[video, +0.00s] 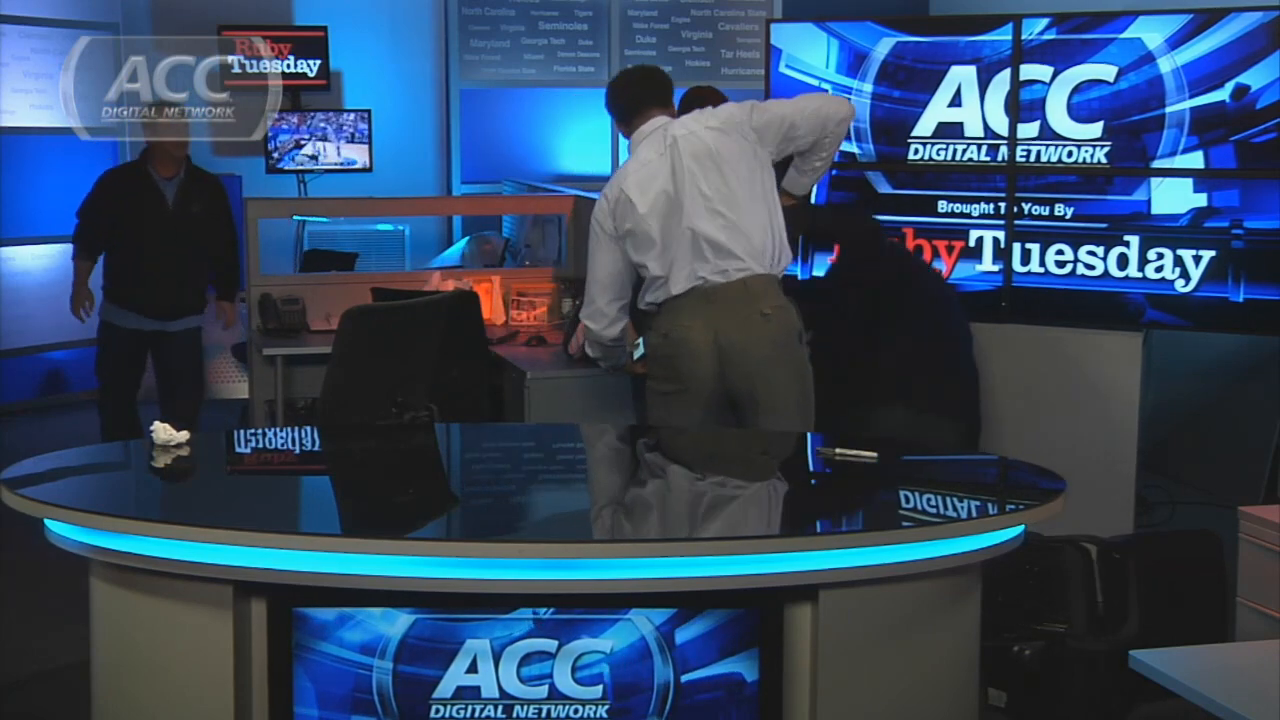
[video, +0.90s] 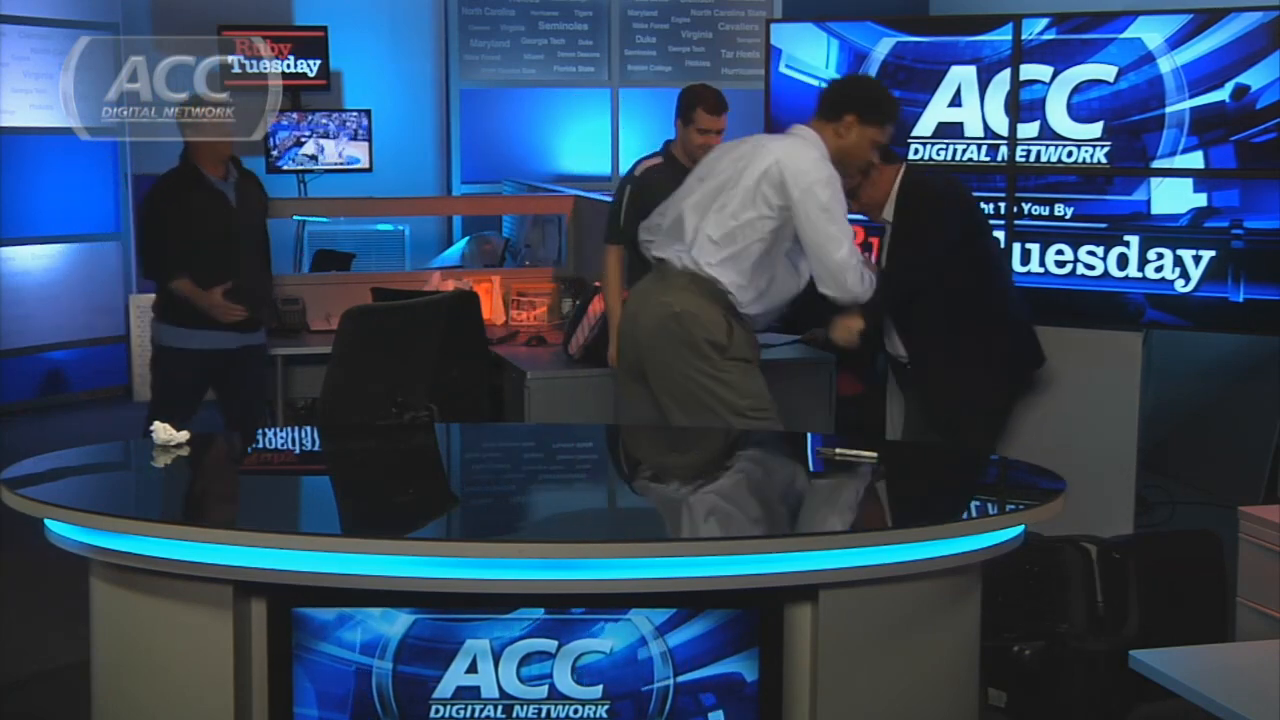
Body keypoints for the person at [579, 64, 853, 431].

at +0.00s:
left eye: (614, 125)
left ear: (619, 127)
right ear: (673, 105)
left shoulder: (617, 194)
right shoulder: (733, 122)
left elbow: (603, 324)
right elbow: (836, 111)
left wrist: (621, 360)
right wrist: (792, 189)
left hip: (679, 326)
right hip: (762, 310)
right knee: (765, 473)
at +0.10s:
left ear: (625, 114)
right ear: (680, 97)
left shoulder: (616, 191)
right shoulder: (732, 120)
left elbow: (599, 319)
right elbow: (837, 109)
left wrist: (616, 353)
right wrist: (796, 181)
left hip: (671, 325)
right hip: (753, 309)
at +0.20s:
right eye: (696, 95)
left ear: (635, 108)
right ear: (690, 95)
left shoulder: (616, 184)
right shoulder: (731, 118)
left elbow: (593, 307)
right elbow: (837, 112)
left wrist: (621, 347)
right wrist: (797, 173)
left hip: (665, 319)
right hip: (744, 306)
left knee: (677, 477)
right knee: (745, 476)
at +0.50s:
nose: (753, 104)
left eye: (753, 95)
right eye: (750, 93)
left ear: (687, 91)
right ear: (728, 85)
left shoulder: (633, 157)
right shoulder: (727, 122)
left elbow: (585, 269)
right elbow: (826, 180)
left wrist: (635, 307)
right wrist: (781, 210)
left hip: (629, 312)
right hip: (698, 307)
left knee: (642, 459)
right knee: (714, 462)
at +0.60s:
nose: (782, 119)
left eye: (784, 109)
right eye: (779, 106)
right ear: (752, 91)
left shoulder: (653, 149)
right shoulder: (741, 128)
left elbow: (594, 255)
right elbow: (820, 215)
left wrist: (638, 299)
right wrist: (783, 240)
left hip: (623, 306)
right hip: (686, 308)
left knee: (630, 452)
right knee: (730, 457)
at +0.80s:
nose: (841, 142)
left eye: (846, 131)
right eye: (841, 128)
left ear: (808, 106)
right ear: (815, 109)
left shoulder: (713, 141)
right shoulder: (778, 145)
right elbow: (835, 260)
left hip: (634, 303)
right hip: (686, 313)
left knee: (647, 469)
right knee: (748, 457)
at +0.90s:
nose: (874, 160)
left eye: (880, 150)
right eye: (875, 145)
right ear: (847, 126)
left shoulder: (742, 147)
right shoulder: (806, 160)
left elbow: (655, 230)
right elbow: (847, 285)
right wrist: (867, 272)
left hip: (643, 307)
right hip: (695, 316)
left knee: (670, 467)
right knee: (767, 455)